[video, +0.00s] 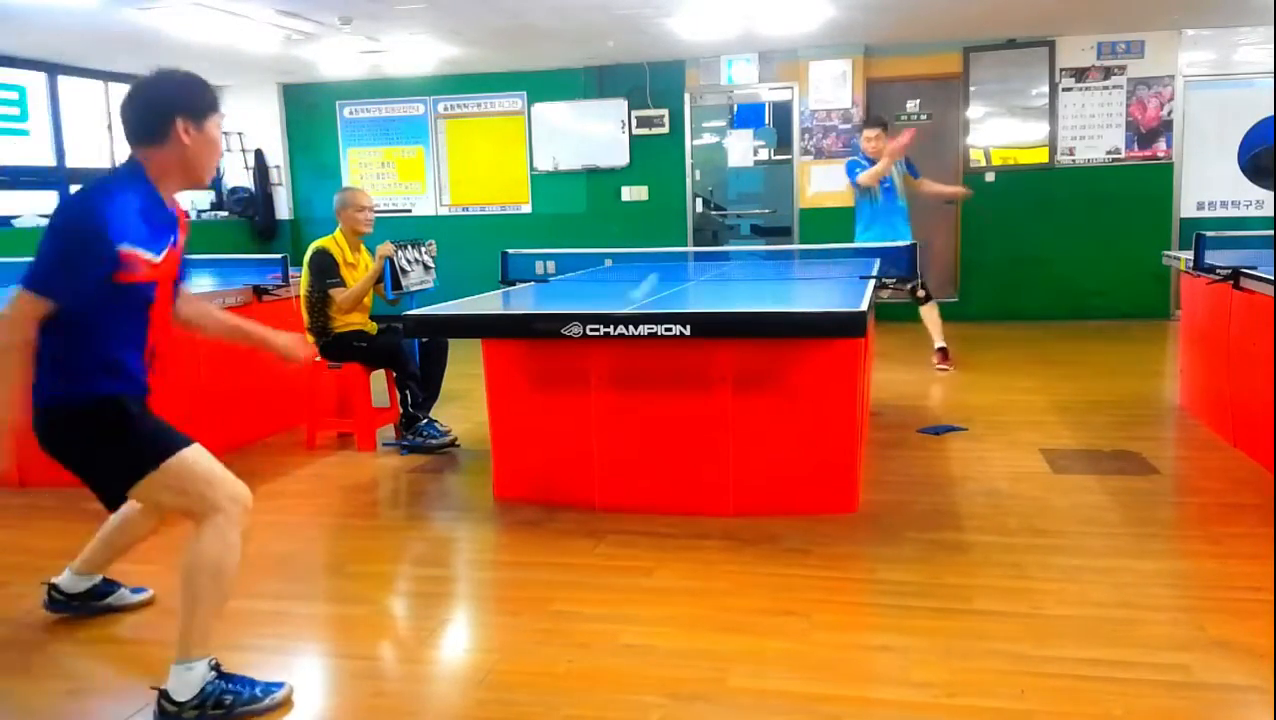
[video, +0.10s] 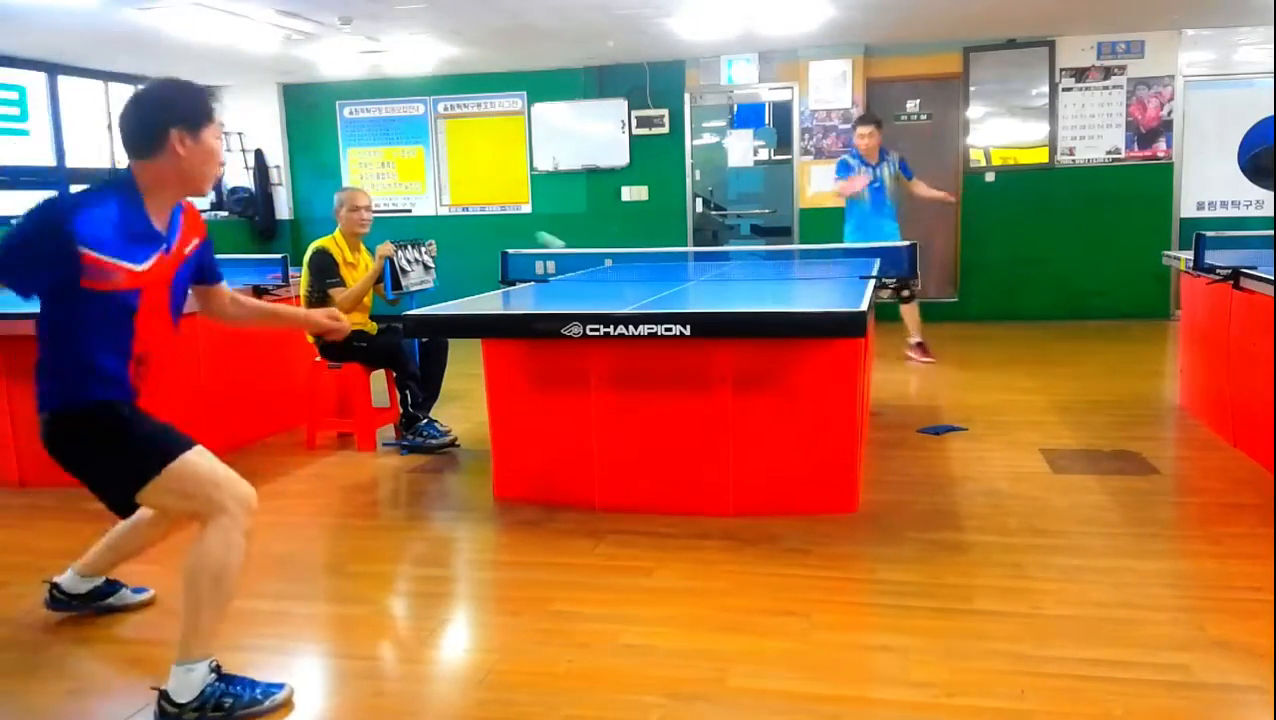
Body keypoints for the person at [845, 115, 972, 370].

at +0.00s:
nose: (872, 145)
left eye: (877, 139)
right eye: (867, 139)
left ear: (887, 139)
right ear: (860, 141)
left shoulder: (899, 160)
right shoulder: (855, 163)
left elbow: (920, 185)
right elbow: (866, 181)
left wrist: (954, 191)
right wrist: (889, 158)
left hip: (901, 241)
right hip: (869, 244)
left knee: (920, 291)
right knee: (863, 298)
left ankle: (940, 348)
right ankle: (858, 353)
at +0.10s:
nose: (864, 142)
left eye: (869, 136)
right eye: (859, 137)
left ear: (880, 137)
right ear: (853, 139)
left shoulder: (893, 160)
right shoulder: (847, 163)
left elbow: (915, 186)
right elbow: (840, 190)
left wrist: (940, 195)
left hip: (890, 238)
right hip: (858, 240)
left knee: (905, 287)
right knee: (859, 291)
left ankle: (915, 341)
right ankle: (859, 342)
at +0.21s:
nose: (856, 136)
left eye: (862, 130)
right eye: (852, 131)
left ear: (873, 131)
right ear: (847, 133)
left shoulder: (888, 156)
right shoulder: (841, 160)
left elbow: (908, 178)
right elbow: (824, 185)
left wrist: (916, 195)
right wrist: (823, 199)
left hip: (881, 235)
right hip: (849, 237)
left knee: (888, 287)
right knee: (852, 286)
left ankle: (893, 334)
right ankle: (856, 334)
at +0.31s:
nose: (846, 137)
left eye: (851, 131)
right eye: (843, 132)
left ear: (864, 133)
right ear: (838, 136)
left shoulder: (880, 159)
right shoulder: (835, 163)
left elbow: (898, 190)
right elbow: (824, 196)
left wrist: (886, 205)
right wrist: (813, 211)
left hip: (875, 236)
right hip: (843, 237)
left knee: (886, 287)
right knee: (844, 285)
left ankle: (892, 334)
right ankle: (848, 334)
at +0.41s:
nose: (840, 143)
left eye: (845, 138)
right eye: (836, 139)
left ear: (857, 138)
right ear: (832, 141)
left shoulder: (873, 164)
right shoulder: (830, 170)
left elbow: (886, 197)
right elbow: (823, 201)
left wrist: (870, 210)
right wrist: (811, 219)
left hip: (868, 236)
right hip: (838, 237)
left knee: (881, 285)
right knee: (836, 283)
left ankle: (892, 335)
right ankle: (840, 334)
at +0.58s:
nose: (802, 165)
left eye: (806, 158)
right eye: (799, 160)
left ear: (821, 157)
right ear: (798, 163)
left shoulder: (842, 176)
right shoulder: (806, 186)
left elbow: (873, 193)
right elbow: (800, 214)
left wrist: (883, 214)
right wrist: (776, 232)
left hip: (853, 251)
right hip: (822, 253)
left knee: (871, 293)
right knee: (820, 297)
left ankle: (892, 337)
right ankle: (824, 344)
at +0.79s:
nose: (781, 166)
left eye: (784, 160)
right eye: (779, 162)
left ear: (800, 157)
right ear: (788, 162)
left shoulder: (825, 174)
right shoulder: (792, 184)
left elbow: (860, 187)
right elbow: (774, 208)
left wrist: (877, 204)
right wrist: (744, 215)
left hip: (842, 250)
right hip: (812, 251)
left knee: (866, 291)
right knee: (810, 296)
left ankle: (892, 336)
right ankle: (814, 344)